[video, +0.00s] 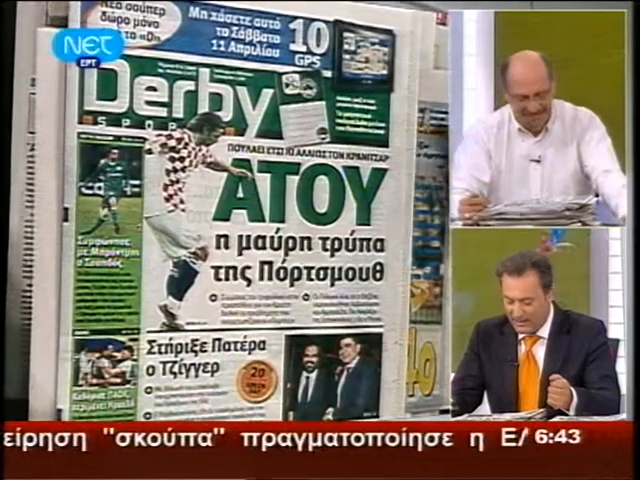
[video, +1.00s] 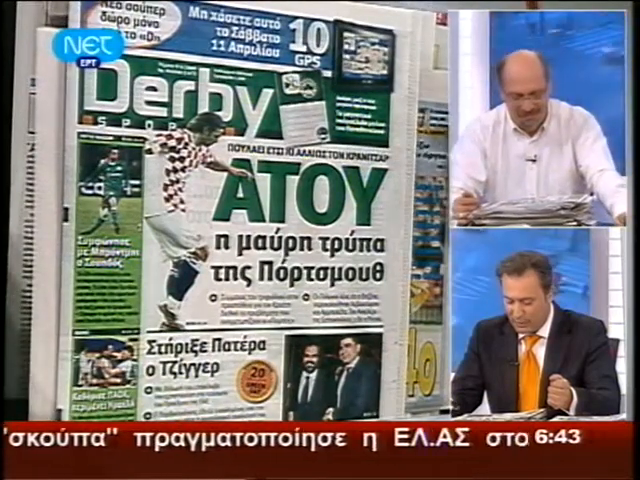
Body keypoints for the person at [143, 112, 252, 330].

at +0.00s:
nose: (215, 141)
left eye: (217, 137)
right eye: (215, 136)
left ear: (207, 132)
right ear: (205, 130)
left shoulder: (199, 149)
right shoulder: (179, 137)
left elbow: (212, 162)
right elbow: (150, 146)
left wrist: (232, 170)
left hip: (165, 208)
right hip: (161, 208)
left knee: (181, 260)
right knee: (200, 250)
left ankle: (171, 316)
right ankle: (172, 304)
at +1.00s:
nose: (215, 141)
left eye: (217, 137)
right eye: (215, 136)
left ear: (207, 132)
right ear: (205, 130)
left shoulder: (199, 149)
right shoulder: (178, 137)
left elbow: (212, 162)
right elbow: (149, 146)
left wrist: (231, 170)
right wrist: (154, 148)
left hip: (166, 209)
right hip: (161, 207)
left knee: (181, 260)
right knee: (200, 251)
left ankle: (171, 317)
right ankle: (172, 304)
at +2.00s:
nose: (215, 141)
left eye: (217, 137)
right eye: (215, 136)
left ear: (206, 132)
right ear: (205, 130)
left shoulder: (199, 149)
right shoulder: (179, 137)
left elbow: (212, 162)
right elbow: (150, 145)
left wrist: (231, 170)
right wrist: (153, 148)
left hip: (166, 209)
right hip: (161, 207)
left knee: (181, 260)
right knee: (200, 251)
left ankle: (171, 317)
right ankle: (172, 304)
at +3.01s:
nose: (215, 141)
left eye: (217, 137)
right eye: (215, 136)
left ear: (206, 132)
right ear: (205, 130)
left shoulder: (199, 149)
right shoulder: (179, 137)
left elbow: (212, 162)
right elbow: (150, 145)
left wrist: (231, 170)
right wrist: (153, 148)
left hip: (167, 209)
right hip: (161, 207)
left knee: (181, 260)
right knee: (200, 251)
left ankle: (171, 317)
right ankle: (172, 304)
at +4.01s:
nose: (215, 141)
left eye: (217, 137)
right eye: (215, 135)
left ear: (207, 132)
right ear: (205, 130)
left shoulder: (199, 150)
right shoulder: (179, 137)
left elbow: (212, 162)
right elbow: (149, 146)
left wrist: (232, 170)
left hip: (166, 209)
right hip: (161, 208)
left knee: (180, 262)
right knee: (200, 251)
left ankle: (170, 317)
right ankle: (172, 304)